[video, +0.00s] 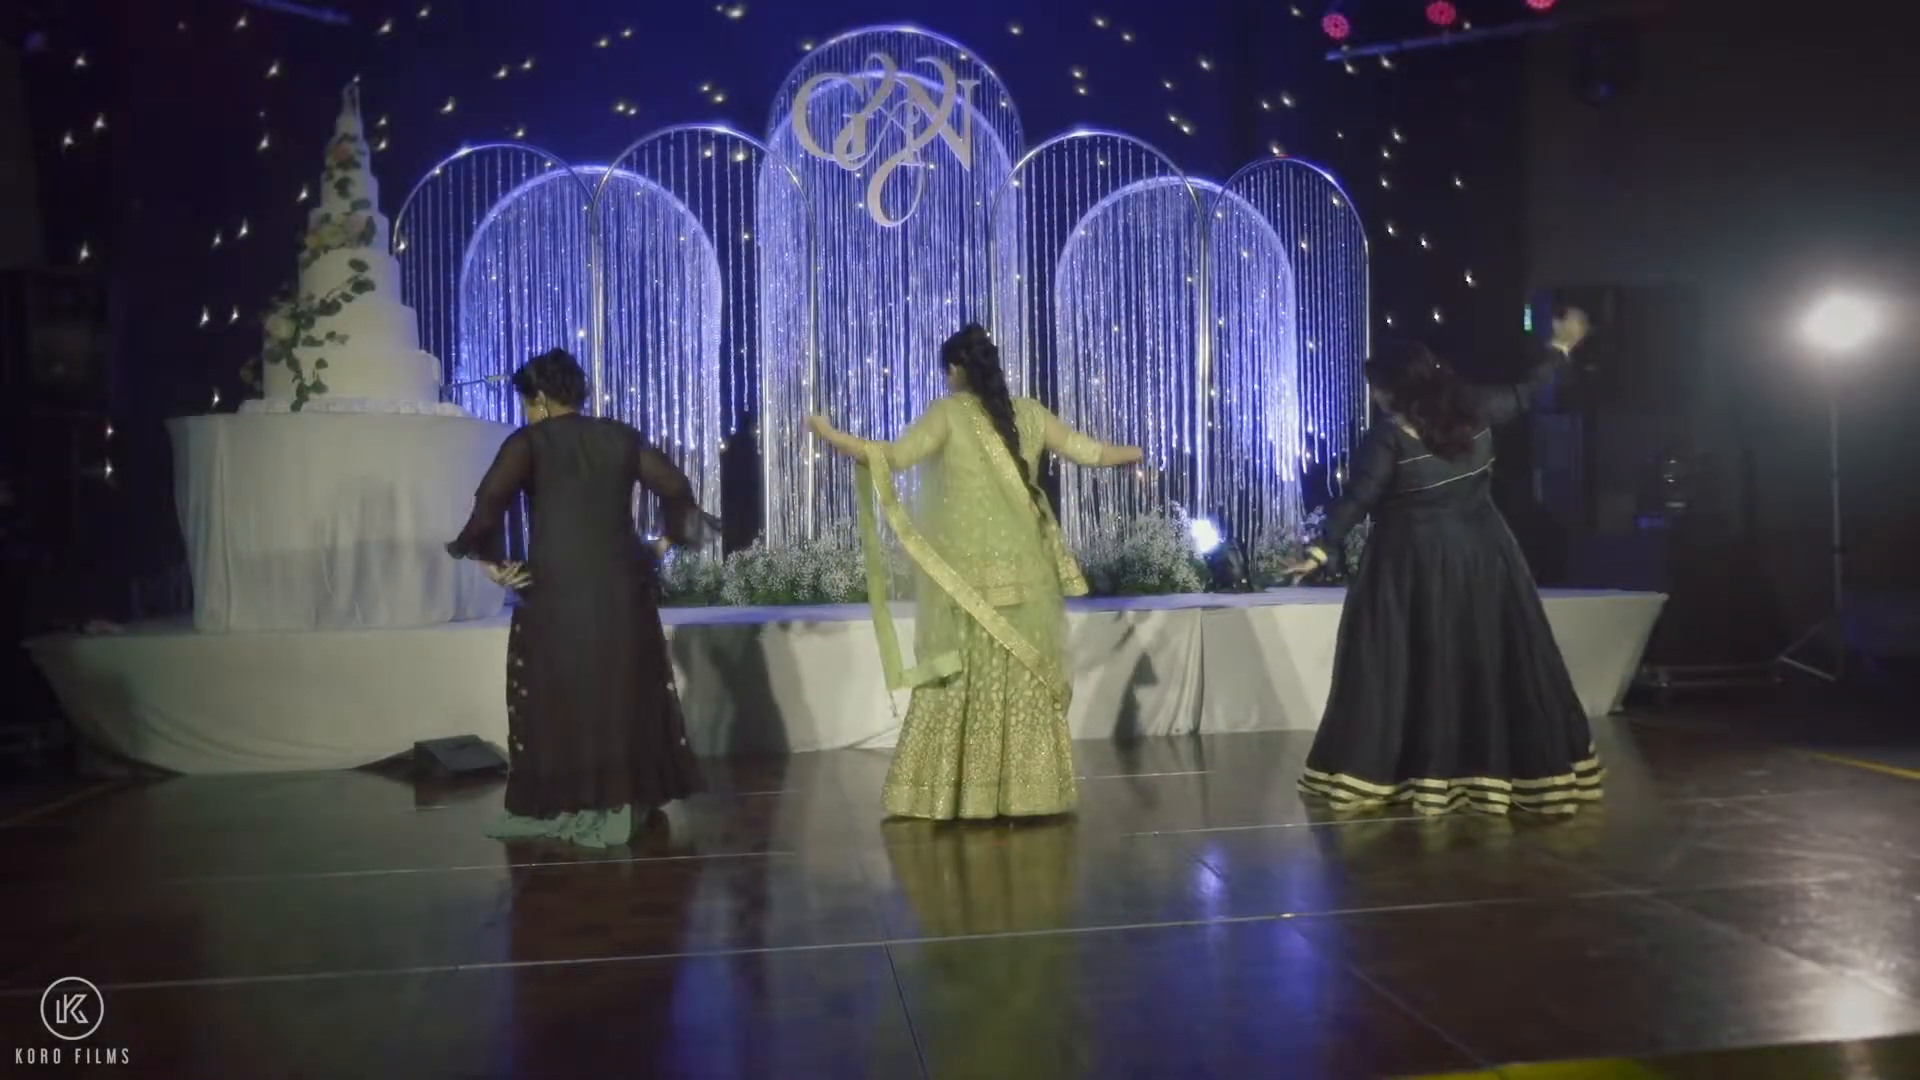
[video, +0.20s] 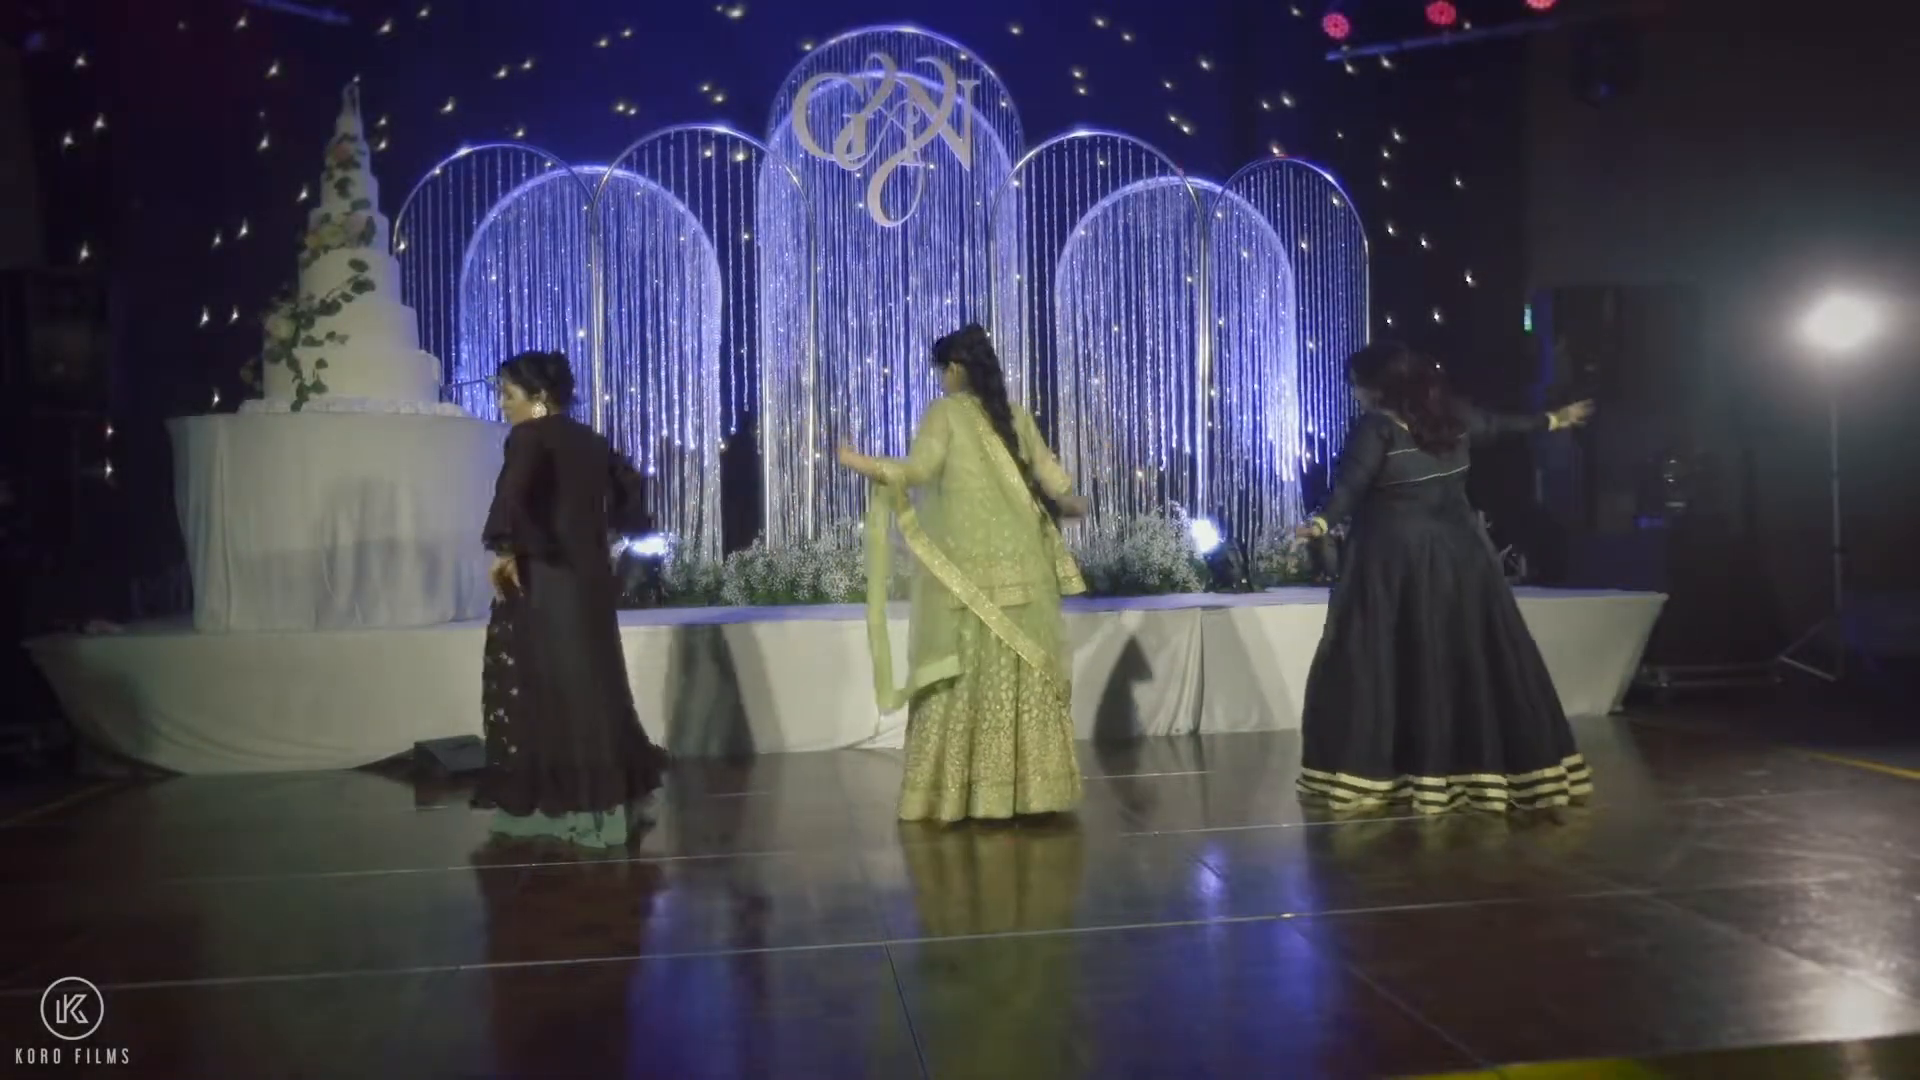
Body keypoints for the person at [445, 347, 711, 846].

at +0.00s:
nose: (525, 413)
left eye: (525, 403)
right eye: (525, 403)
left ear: (539, 399)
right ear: (577, 396)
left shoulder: (529, 441)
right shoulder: (621, 437)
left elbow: (490, 500)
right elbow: (677, 488)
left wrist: (489, 559)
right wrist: (671, 537)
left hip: (558, 593)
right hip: (622, 591)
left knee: (559, 697)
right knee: (622, 695)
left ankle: (569, 810)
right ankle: (629, 808)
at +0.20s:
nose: (501, 405)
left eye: (506, 394)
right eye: (500, 395)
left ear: (535, 395)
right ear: (553, 395)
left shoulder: (528, 438)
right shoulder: (593, 441)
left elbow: (511, 493)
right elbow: (632, 495)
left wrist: (501, 547)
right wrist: (600, 531)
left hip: (544, 589)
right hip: (592, 586)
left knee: (545, 693)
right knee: (594, 692)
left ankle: (554, 803)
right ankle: (605, 805)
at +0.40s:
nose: (505, 395)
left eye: (517, 386)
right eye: (500, 387)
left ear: (542, 391)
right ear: (497, 392)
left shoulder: (548, 433)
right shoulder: (529, 438)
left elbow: (574, 467)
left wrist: (553, 529)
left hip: (552, 583)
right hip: (526, 583)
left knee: (552, 696)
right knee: (524, 693)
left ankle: (560, 814)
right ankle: (526, 810)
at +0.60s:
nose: (527, 393)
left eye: (536, 385)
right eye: (516, 383)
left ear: (544, 390)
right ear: (496, 388)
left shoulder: (560, 435)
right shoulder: (487, 439)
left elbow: (612, 478)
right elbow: (471, 484)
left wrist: (585, 536)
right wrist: (477, 525)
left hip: (546, 576)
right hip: (500, 575)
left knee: (538, 683)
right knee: (494, 679)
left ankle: (533, 799)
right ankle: (489, 795)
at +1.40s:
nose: (600, 384)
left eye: (609, 376)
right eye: (589, 375)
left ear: (619, 383)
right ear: (566, 381)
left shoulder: (637, 438)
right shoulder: (533, 432)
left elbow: (695, 496)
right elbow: (459, 472)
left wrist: (658, 551)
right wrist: (502, 536)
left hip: (614, 589)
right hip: (551, 587)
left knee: (613, 708)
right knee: (546, 706)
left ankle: (595, 830)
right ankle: (542, 837)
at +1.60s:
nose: (648, 373)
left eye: (654, 364)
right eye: (636, 364)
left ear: (660, 371)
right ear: (608, 369)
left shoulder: (671, 431)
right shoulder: (578, 419)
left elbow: (713, 482)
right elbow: (515, 464)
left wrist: (693, 535)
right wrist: (564, 527)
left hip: (657, 592)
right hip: (595, 590)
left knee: (659, 712)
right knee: (586, 709)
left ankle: (635, 836)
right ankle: (556, 838)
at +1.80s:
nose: (700, 385)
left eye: (704, 376)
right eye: (687, 376)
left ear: (708, 383)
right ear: (659, 382)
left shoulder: (722, 446)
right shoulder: (631, 434)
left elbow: (764, 503)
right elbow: (567, 485)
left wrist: (732, 548)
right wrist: (619, 540)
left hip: (706, 588)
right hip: (652, 589)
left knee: (715, 704)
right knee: (651, 706)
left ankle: (695, 832)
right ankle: (643, 832)